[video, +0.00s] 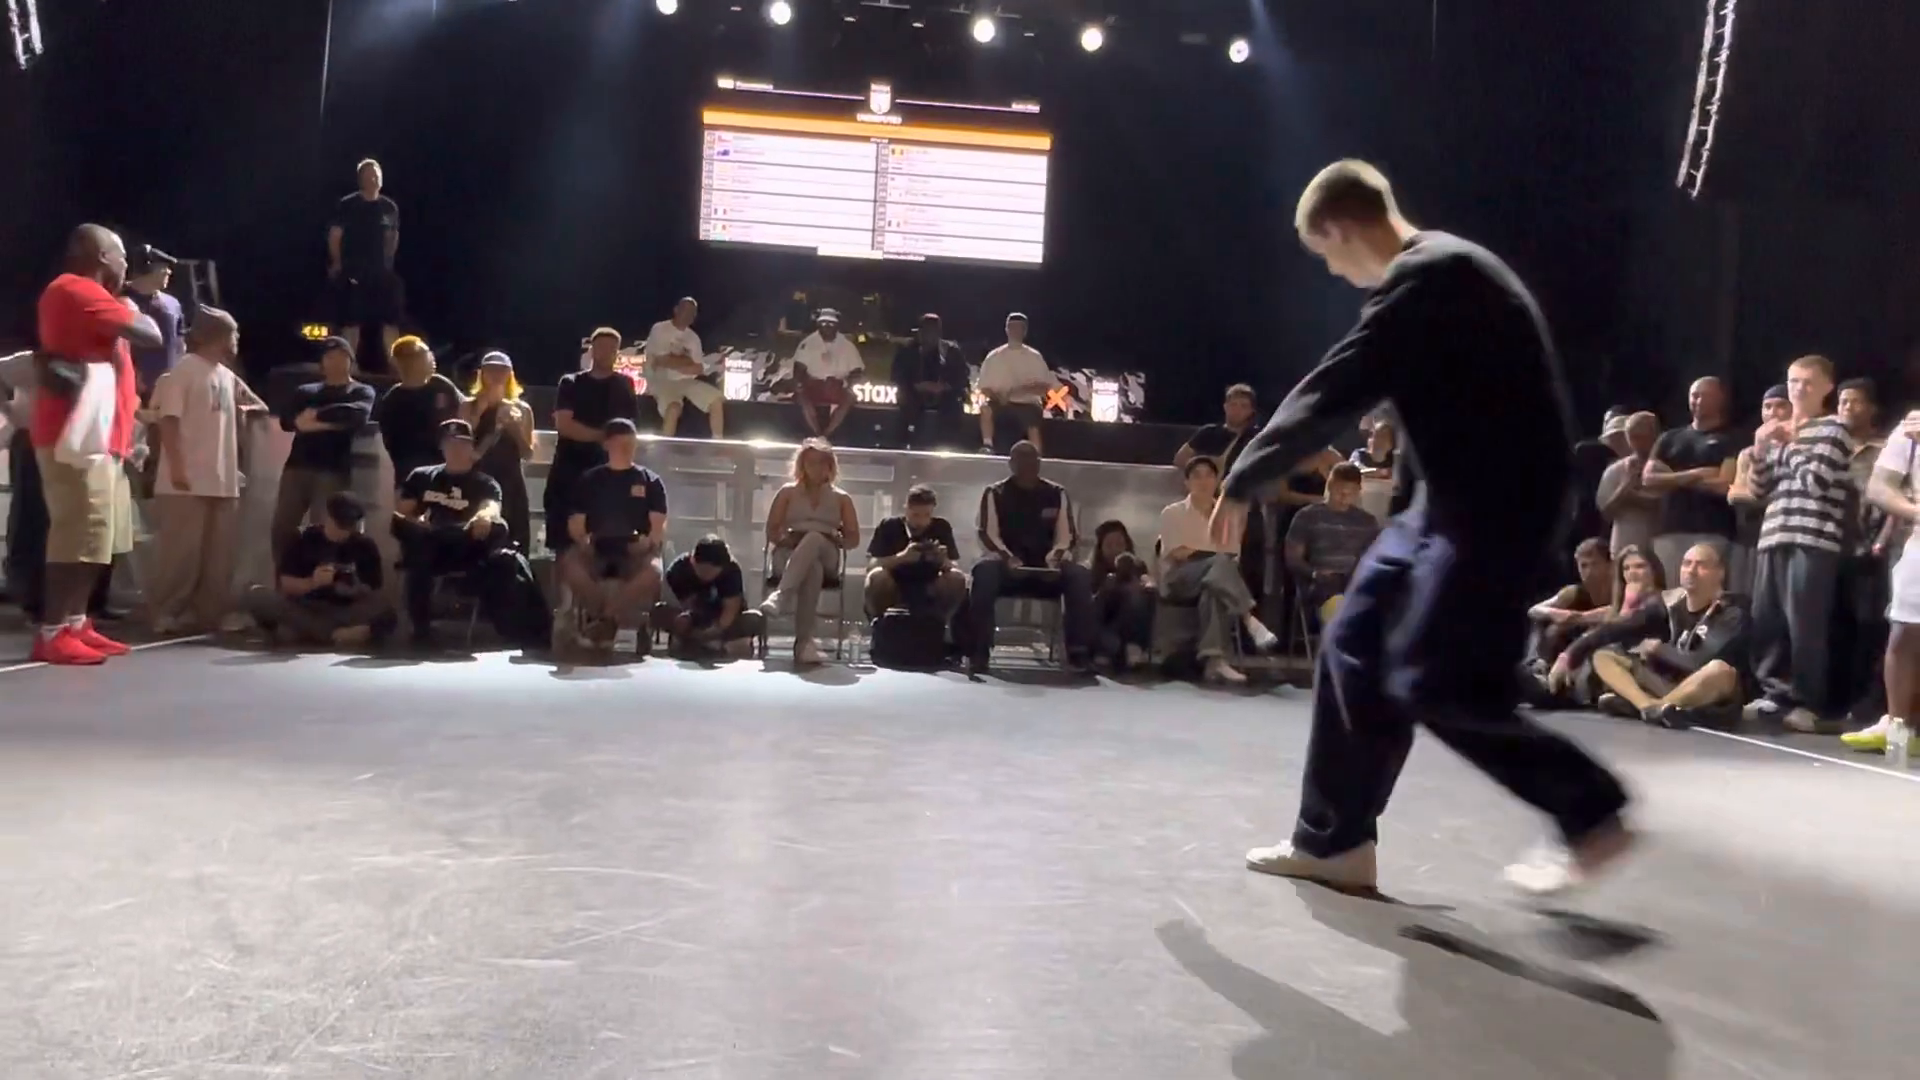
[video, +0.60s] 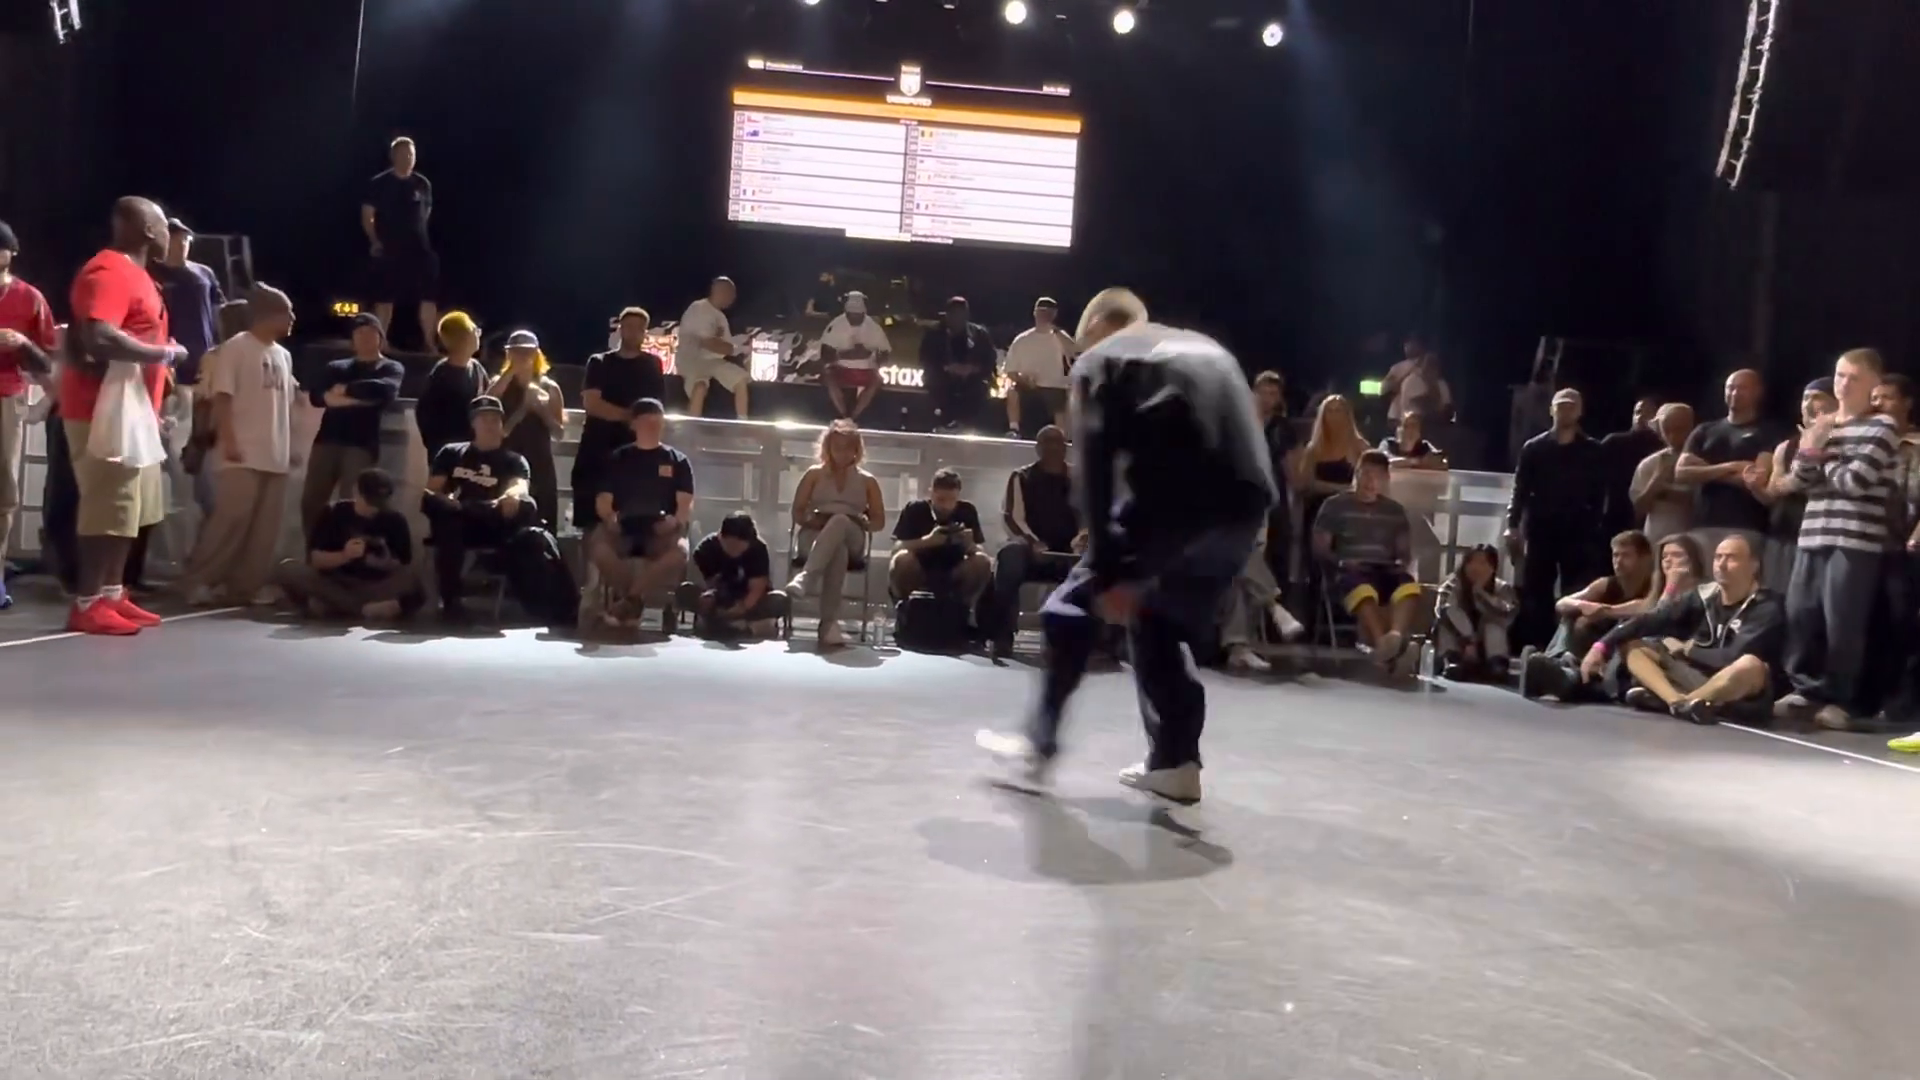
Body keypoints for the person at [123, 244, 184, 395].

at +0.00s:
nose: (169, 272)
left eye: (168, 268)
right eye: (164, 268)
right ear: (149, 269)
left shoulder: (173, 303)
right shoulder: (125, 302)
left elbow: (180, 342)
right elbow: (119, 344)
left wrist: (179, 374)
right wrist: (130, 377)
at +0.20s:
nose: (172, 266)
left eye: (174, 262)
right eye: (169, 261)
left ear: (175, 263)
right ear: (155, 260)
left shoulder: (184, 290)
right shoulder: (133, 289)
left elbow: (192, 326)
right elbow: (130, 328)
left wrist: (189, 356)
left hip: (180, 365)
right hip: (149, 367)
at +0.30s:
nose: (174, 260)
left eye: (176, 255)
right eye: (169, 255)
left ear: (179, 257)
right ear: (154, 255)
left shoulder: (189, 285)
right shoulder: (137, 286)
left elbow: (197, 323)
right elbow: (135, 328)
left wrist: (196, 354)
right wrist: (148, 368)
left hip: (187, 367)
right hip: (154, 368)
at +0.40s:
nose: (177, 252)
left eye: (179, 247)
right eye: (171, 247)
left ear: (182, 250)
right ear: (158, 250)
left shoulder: (194, 280)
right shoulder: (144, 281)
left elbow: (205, 314)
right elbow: (141, 321)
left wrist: (206, 344)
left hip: (195, 355)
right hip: (163, 360)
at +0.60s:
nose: (182, 245)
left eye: (185, 240)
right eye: (177, 240)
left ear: (190, 243)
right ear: (167, 242)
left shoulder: (205, 273)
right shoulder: (155, 274)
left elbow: (218, 306)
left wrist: (218, 342)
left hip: (204, 349)